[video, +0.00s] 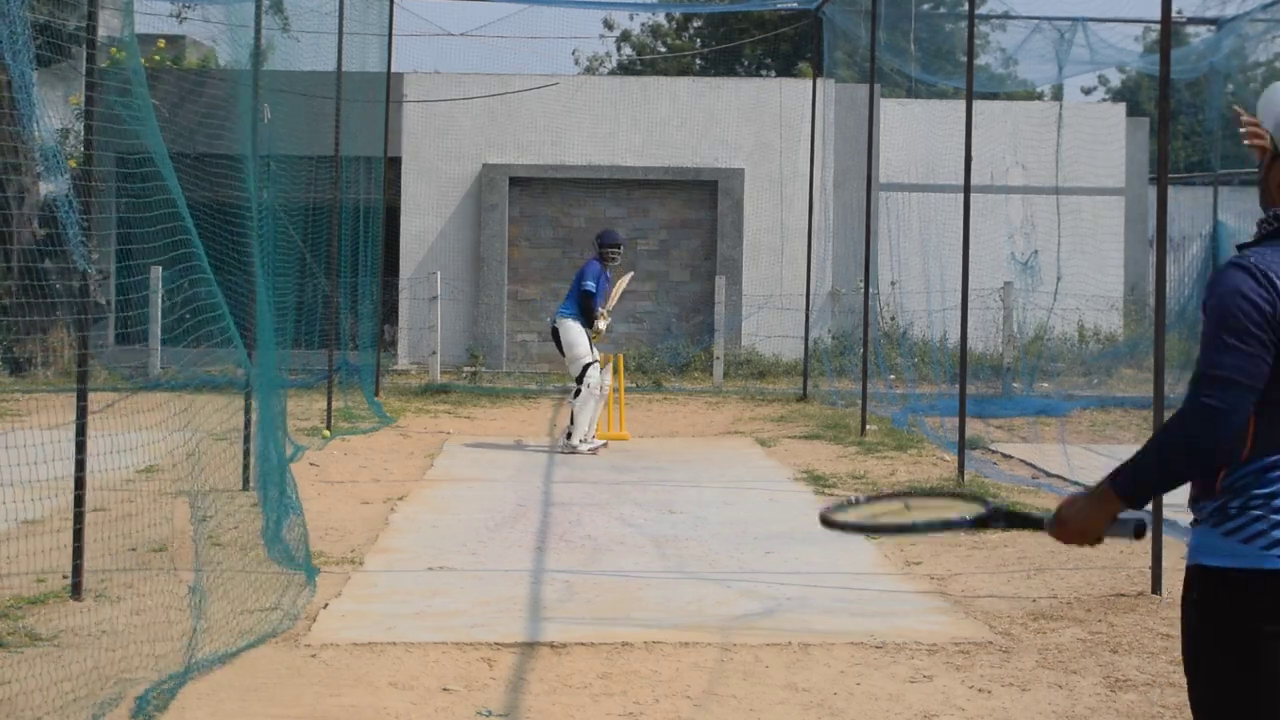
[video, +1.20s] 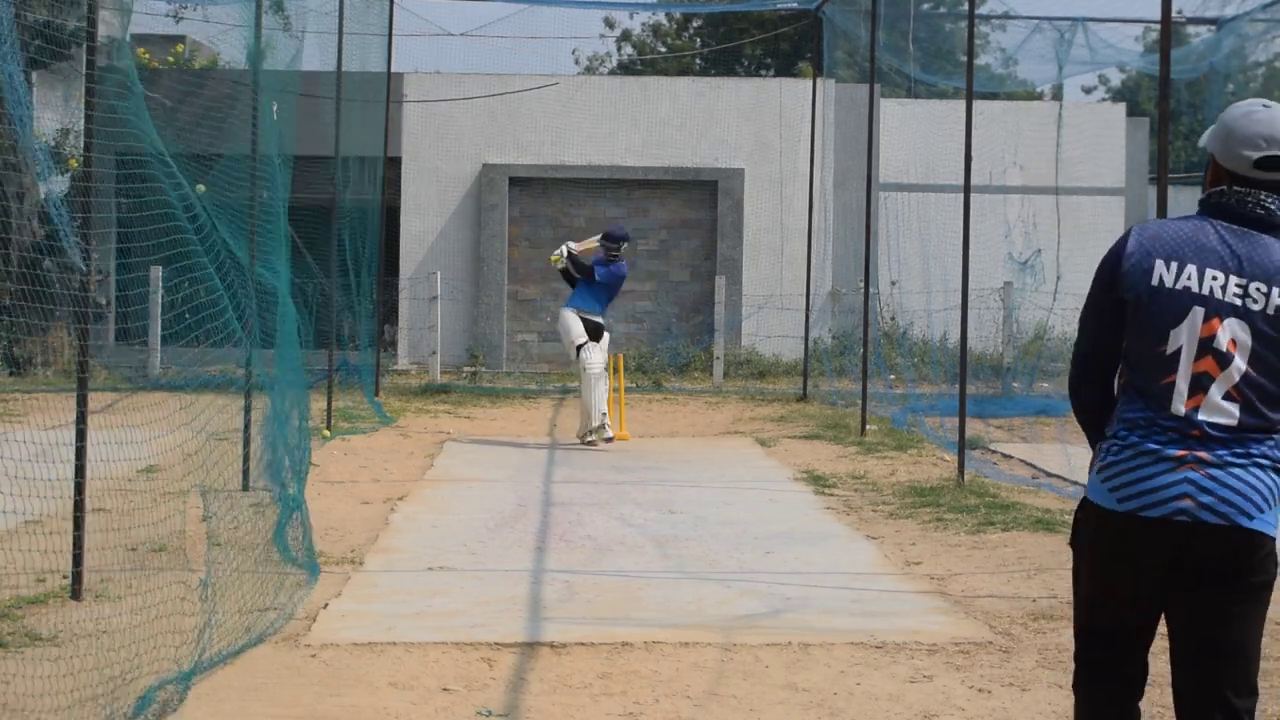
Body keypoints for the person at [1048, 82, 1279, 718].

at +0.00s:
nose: (1264, 168)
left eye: (1268, 157)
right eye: (1266, 155)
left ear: (1275, 173)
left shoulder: (1254, 276)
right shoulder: (1260, 271)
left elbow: (1213, 418)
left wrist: (1108, 496)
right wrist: (1273, 153)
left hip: (1246, 566)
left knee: (1233, 703)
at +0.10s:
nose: (1241, 179)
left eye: (1248, 164)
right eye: (1248, 162)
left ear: (1260, 178)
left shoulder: (1239, 278)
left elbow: (1143, 388)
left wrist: (1042, 336)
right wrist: (1054, 349)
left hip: (1229, 569)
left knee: (1222, 705)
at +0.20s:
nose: (1234, 179)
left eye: (1240, 164)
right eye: (1240, 163)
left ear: (1253, 179)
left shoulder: (1223, 279)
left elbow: (1085, 335)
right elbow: (1090, 334)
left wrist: (1042, 215)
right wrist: (1040, 224)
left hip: (1214, 559)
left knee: (1194, 705)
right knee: (1234, 705)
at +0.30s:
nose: (1233, 162)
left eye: (1241, 152)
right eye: (1241, 150)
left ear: (1254, 170)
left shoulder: (1195, 246)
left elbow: (1067, 228)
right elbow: (1071, 228)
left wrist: (1057, 111)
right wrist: (1061, 114)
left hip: (1180, 525)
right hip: (1272, 531)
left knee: (1140, 704)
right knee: (1244, 704)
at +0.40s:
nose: (1242, 164)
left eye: (1248, 156)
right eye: (1247, 154)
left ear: (1258, 167)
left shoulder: (1191, 238)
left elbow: (1094, 267)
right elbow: (1098, 267)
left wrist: (1060, 201)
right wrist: (1063, 207)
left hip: (1160, 516)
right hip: (1265, 529)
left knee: (1106, 694)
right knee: (1232, 706)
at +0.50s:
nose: (1245, 166)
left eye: (1249, 158)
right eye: (1250, 158)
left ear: (1253, 167)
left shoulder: (1179, 240)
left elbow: (1129, 374)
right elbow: (1130, 376)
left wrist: (1134, 459)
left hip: (1146, 502)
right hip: (1255, 528)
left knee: (1061, 630)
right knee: (1228, 706)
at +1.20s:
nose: (1204, 172)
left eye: (1208, 164)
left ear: (1213, 170)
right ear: (1279, 185)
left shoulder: (1141, 246)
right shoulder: (1277, 265)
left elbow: (1087, 385)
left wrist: (1131, 458)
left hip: (1125, 508)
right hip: (1242, 519)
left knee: (1105, 689)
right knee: (1221, 699)